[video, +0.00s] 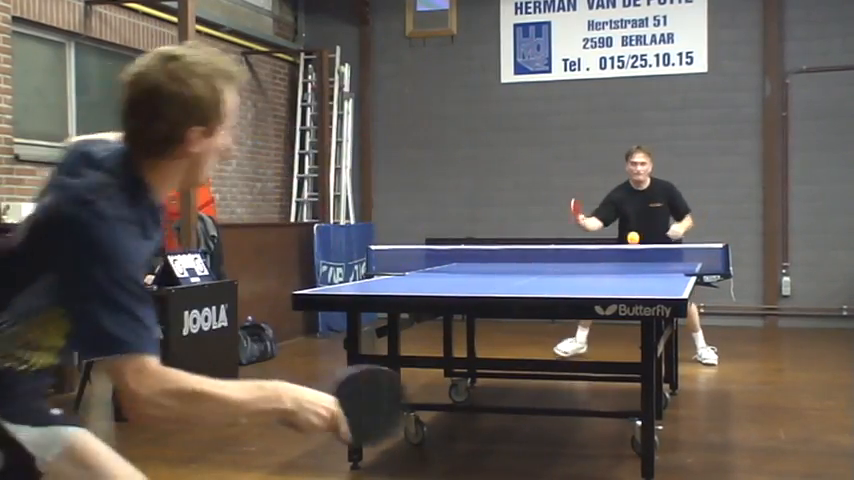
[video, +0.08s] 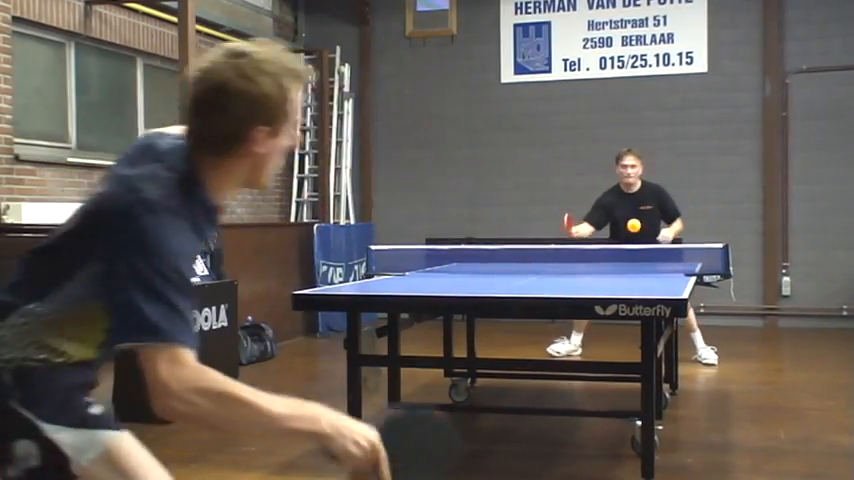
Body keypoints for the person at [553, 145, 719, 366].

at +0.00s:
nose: (638, 168)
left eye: (643, 164)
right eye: (633, 164)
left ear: (651, 167)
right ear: (626, 167)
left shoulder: (666, 190)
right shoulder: (619, 194)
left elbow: (688, 219)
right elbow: (597, 222)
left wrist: (680, 227)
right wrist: (583, 220)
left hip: (664, 262)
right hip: (626, 263)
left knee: (684, 299)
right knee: (591, 290)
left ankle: (701, 347)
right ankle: (580, 340)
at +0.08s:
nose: (628, 171)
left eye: (633, 167)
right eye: (624, 167)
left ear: (641, 170)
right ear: (617, 170)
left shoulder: (656, 193)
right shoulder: (609, 198)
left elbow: (678, 222)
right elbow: (590, 225)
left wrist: (671, 231)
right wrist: (575, 230)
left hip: (656, 263)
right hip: (618, 264)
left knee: (679, 298)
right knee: (587, 293)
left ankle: (701, 347)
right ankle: (574, 342)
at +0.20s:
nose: (611, 174)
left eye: (616, 170)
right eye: (606, 170)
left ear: (624, 173)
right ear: (599, 173)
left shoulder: (637, 196)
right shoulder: (592, 200)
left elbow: (660, 227)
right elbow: (573, 228)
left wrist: (651, 239)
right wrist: (562, 242)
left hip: (636, 266)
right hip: (600, 267)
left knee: (668, 298)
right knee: (563, 289)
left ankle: (698, 347)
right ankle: (569, 341)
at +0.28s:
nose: (601, 173)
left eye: (605, 168)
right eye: (596, 169)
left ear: (614, 171)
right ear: (590, 173)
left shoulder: (628, 195)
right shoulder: (582, 200)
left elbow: (648, 226)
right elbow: (564, 229)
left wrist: (642, 240)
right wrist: (556, 245)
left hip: (626, 264)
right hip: (590, 265)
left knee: (658, 294)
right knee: (555, 287)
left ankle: (687, 344)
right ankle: (568, 340)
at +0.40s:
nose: (592, 169)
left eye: (596, 164)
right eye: (587, 165)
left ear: (605, 167)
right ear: (581, 168)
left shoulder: (620, 191)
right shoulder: (574, 195)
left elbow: (641, 220)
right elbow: (559, 228)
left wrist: (635, 239)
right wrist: (553, 247)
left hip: (616, 260)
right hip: (583, 262)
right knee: (554, 288)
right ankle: (568, 340)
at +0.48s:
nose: (588, 165)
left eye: (592, 160)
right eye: (583, 161)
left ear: (601, 163)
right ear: (578, 164)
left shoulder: (619, 187)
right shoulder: (571, 192)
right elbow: (559, 223)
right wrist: (557, 254)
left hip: (613, 257)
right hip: (577, 258)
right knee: (554, 289)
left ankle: (653, 341)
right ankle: (566, 337)